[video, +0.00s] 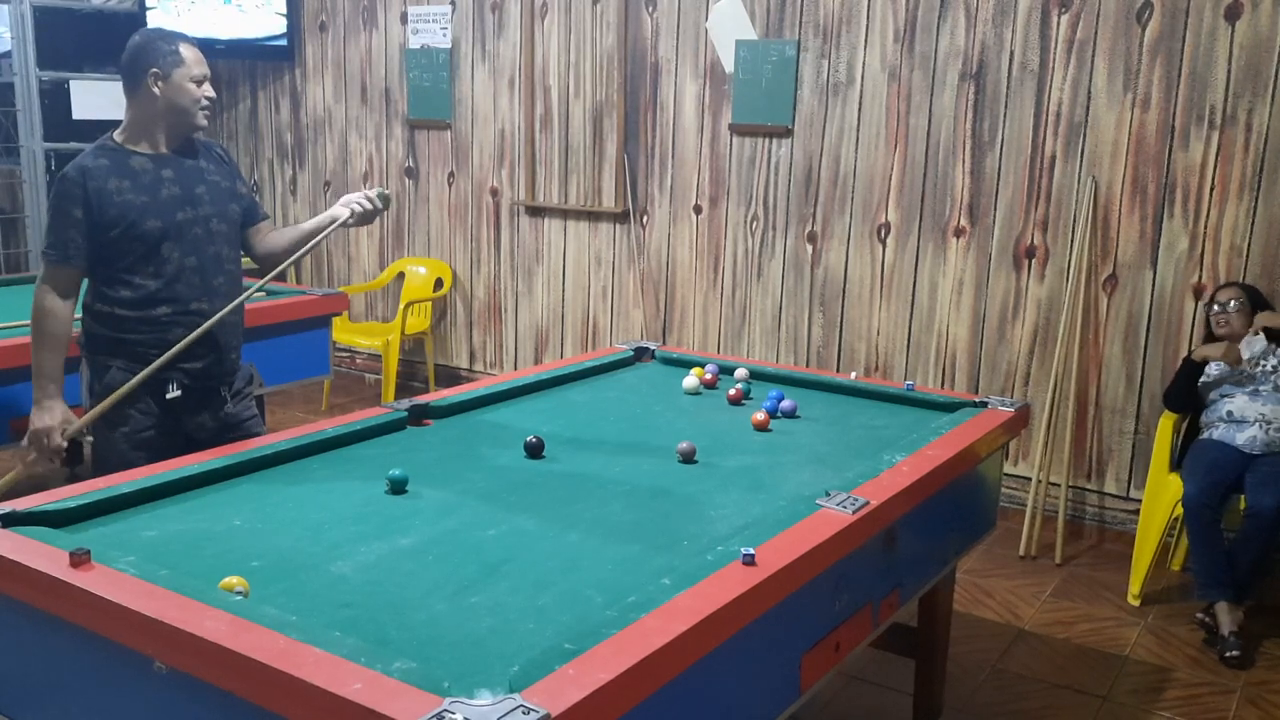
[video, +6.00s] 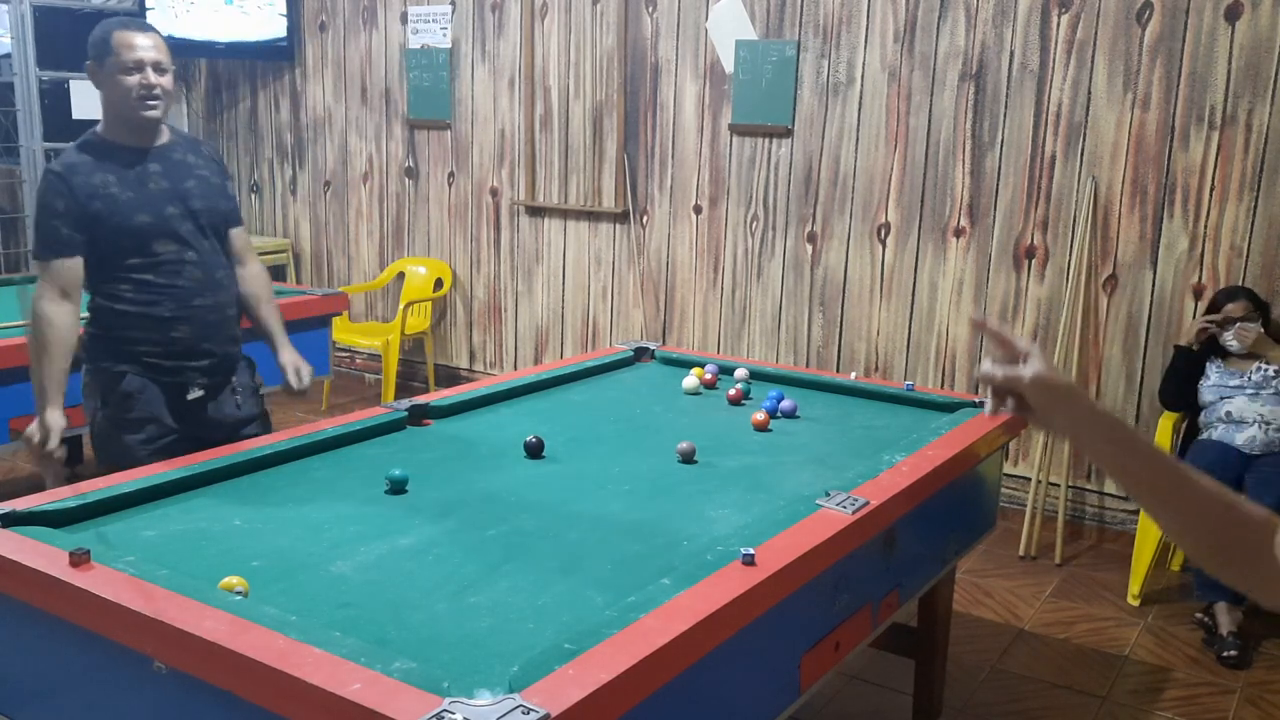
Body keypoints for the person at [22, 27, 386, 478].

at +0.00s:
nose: (212, 94)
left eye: (210, 83)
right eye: (200, 82)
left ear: (160, 84)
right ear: (156, 83)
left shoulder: (215, 160)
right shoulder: (87, 177)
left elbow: (265, 249)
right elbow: (56, 291)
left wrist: (335, 215)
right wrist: (47, 401)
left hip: (226, 386)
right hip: (132, 398)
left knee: (251, 534)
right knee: (141, 547)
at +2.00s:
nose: (198, 93)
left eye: (198, 81)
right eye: (184, 80)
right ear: (138, 84)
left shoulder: (210, 154)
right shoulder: (87, 185)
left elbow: (250, 251)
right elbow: (67, 303)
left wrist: (303, 328)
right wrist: (67, 416)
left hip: (239, 376)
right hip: (149, 388)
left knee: (274, 518)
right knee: (163, 531)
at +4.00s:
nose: (318, 95)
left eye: (329, 87)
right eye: (304, 83)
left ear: (337, 96)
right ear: (275, 87)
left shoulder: (345, 153)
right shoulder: (246, 149)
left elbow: (384, 112)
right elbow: (214, 148)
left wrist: (436, 68)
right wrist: (204, 102)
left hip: (334, 351)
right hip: (261, 352)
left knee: (334, 485)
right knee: (267, 488)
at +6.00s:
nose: (150, 81)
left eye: (160, 69)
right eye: (133, 69)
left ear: (175, 80)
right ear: (96, 78)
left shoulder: (201, 158)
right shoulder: (72, 176)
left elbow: (244, 259)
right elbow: (59, 296)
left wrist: (283, 345)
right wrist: (50, 406)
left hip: (225, 377)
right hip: (134, 387)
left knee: (258, 521)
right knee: (154, 535)